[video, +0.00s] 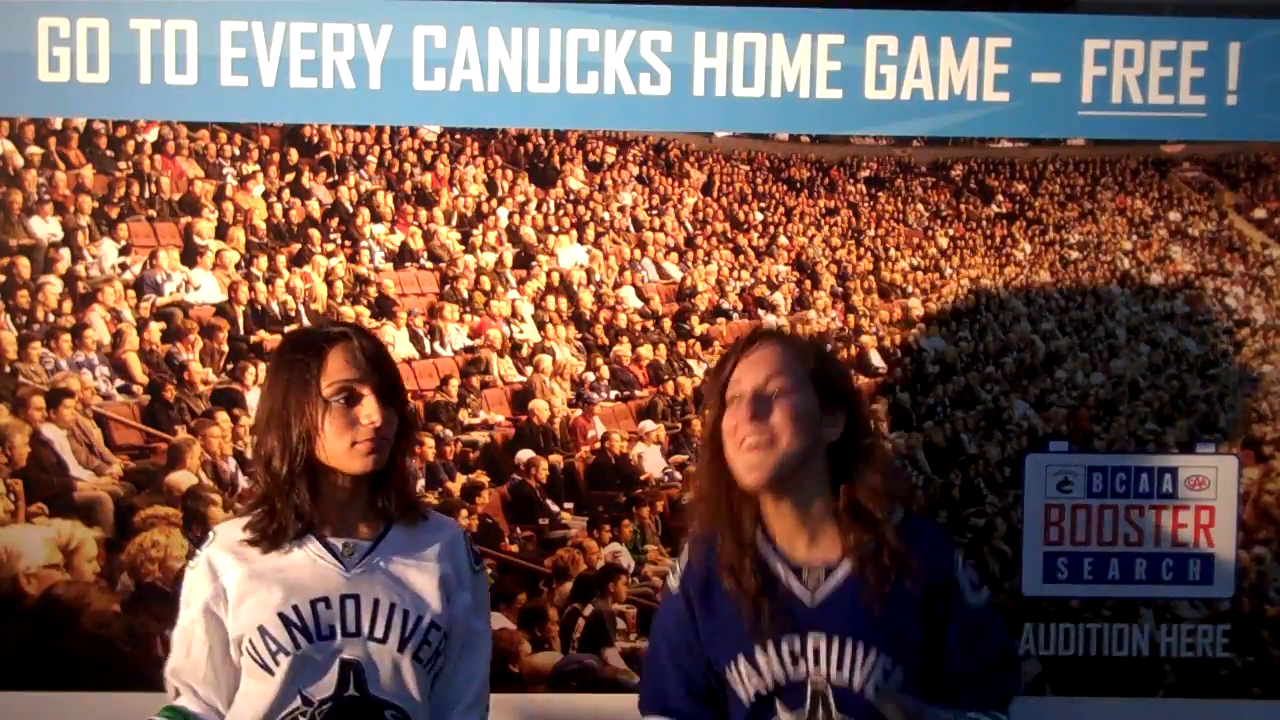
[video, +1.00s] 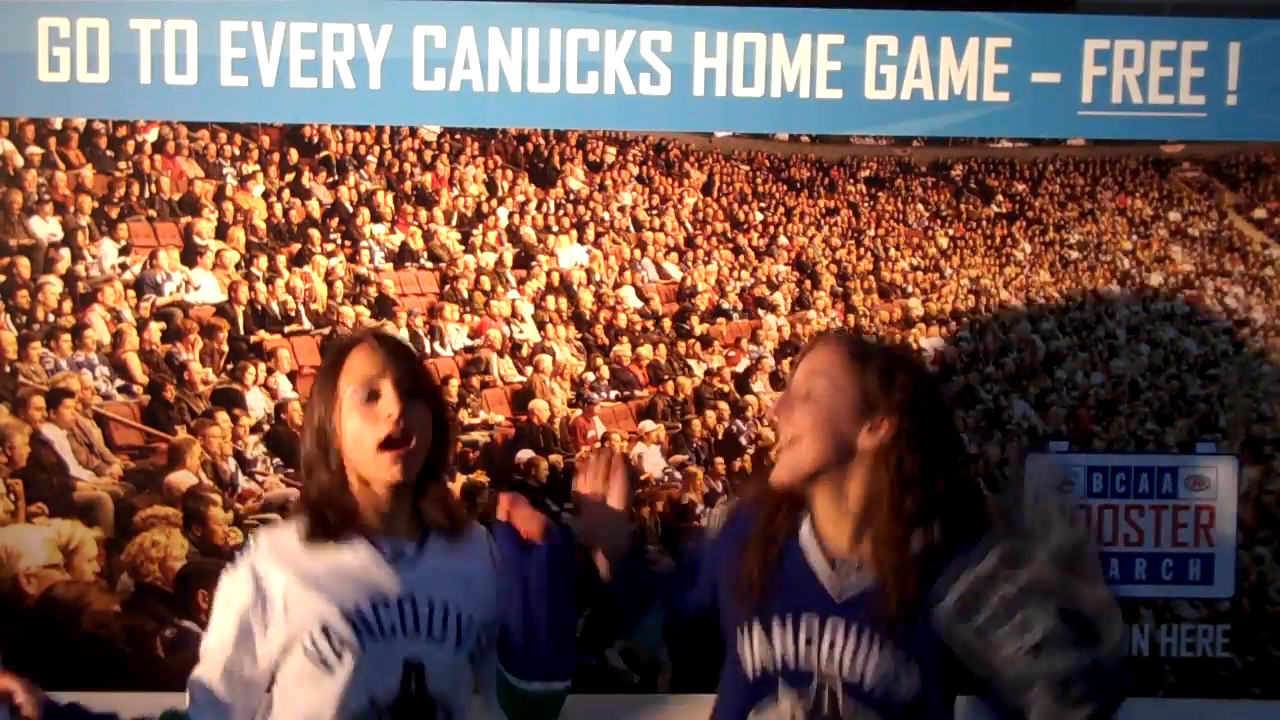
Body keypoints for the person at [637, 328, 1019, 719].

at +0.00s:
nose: (747, 414)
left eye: (774, 395)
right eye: (732, 401)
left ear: (831, 420)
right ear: (719, 428)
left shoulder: (918, 556)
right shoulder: (706, 562)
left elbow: (991, 691)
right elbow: (669, 705)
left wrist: (924, 711)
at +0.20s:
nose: (733, 410)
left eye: (758, 391)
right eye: (725, 395)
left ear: (823, 417)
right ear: (713, 427)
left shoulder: (915, 522)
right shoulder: (705, 552)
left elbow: (1015, 646)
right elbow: (616, 673)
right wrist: (579, 573)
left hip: (895, 713)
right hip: (759, 714)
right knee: (788, 685)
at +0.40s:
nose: (749, 386)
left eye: (775, 372)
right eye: (734, 368)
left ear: (815, 400)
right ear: (711, 391)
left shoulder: (904, 497)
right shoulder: (688, 536)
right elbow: (646, 695)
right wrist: (595, 628)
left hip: (894, 712)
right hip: (758, 714)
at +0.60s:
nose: (743, 416)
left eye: (769, 400)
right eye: (726, 396)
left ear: (808, 428)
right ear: (700, 420)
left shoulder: (891, 530)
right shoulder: (691, 572)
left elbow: (985, 670)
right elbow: (690, 716)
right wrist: (621, 685)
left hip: (889, 712)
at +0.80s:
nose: (742, 434)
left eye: (766, 409)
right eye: (739, 417)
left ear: (841, 420)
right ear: (731, 438)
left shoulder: (924, 560)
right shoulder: (729, 563)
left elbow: (980, 698)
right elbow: (646, 684)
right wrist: (605, 588)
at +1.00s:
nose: (774, 410)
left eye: (801, 392)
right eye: (785, 392)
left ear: (875, 428)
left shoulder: (954, 563)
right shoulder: (745, 536)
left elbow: (1064, 692)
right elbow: (672, 633)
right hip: (745, 711)